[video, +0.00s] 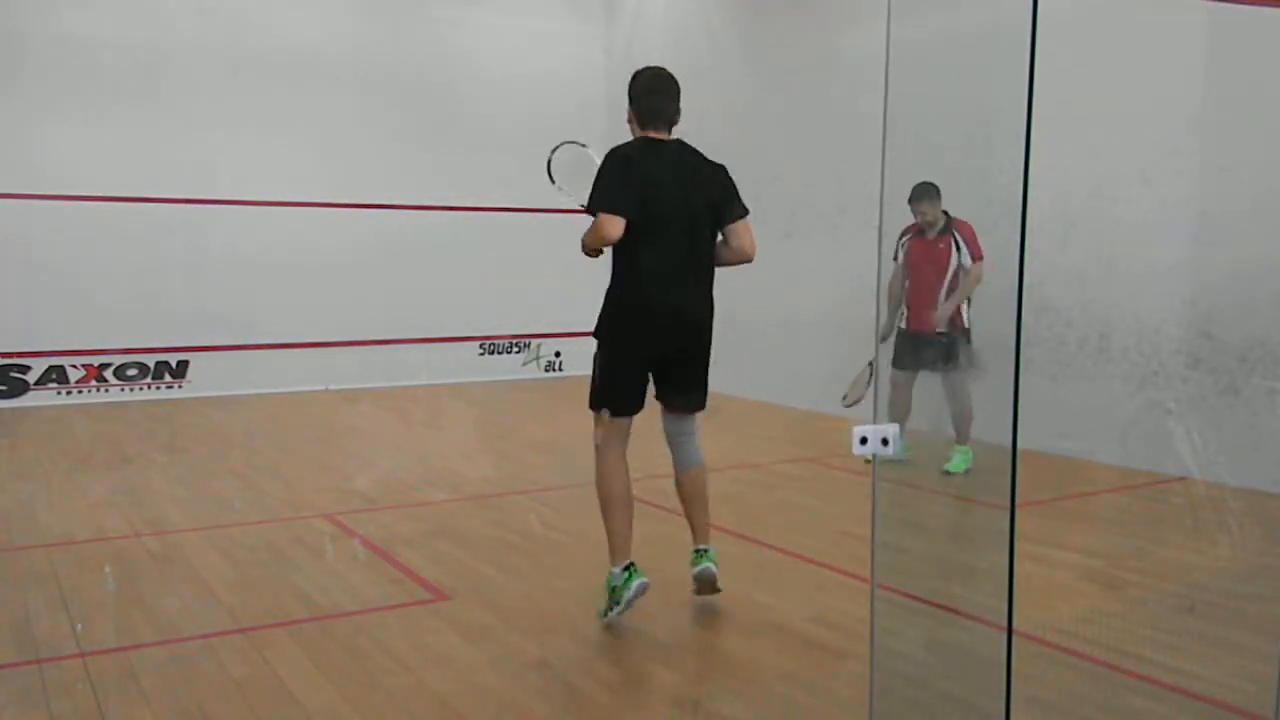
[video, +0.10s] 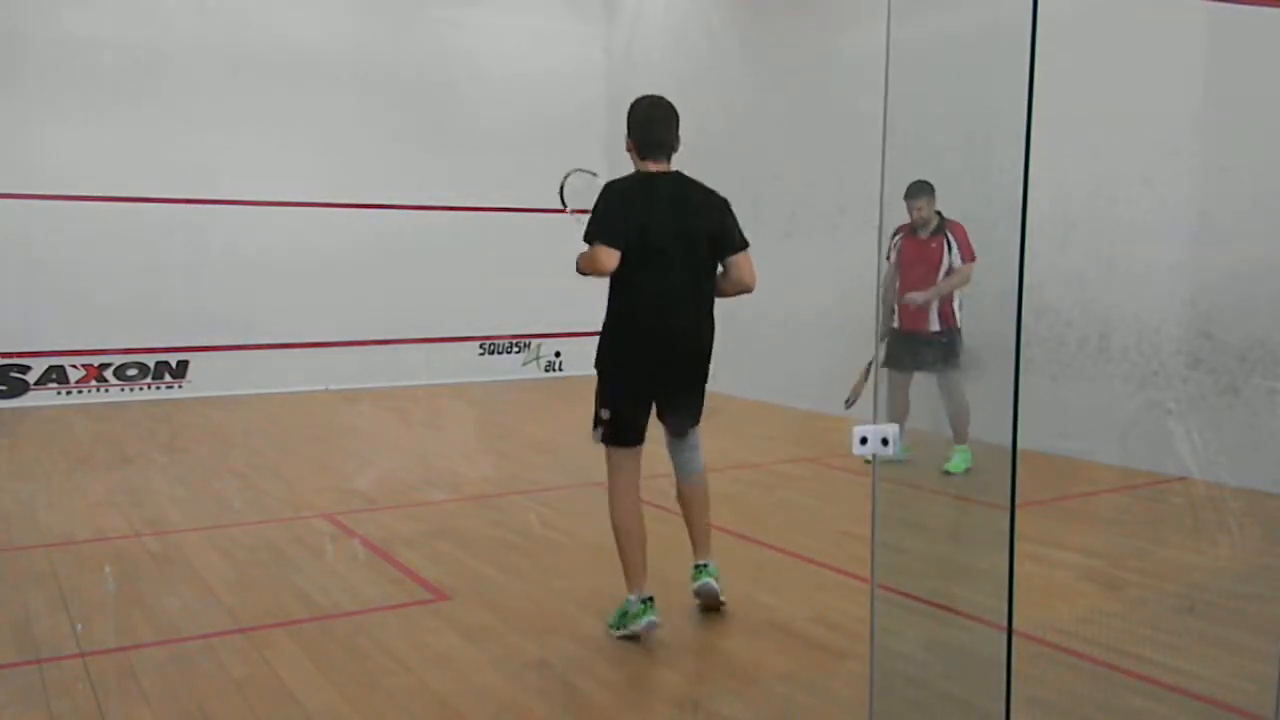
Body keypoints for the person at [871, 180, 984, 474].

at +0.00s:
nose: (922, 220)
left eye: (927, 214)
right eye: (917, 215)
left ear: (940, 207)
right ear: (912, 212)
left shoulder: (960, 232)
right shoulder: (908, 237)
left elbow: (974, 273)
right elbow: (898, 279)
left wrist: (949, 306)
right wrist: (889, 320)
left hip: (948, 330)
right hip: (912, 328)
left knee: (955, 386)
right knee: (899, 382)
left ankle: (962, 448)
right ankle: (895, 442)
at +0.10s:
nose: (916, 215)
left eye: (921, 209)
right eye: (911, 209)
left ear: (934, 205)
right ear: (907, 208)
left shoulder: (952, 232)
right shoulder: (900, 236)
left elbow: (963, 273)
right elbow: (891, 279)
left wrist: (928, 294)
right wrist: (886, 319)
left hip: (941, 330)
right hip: (905, 328)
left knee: (950, 387)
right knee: (897, 384)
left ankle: (961, 448)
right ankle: (895, 443)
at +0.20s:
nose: (914, 207)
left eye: (919, 202)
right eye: (909, 203)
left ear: (929, 202)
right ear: (902, 206)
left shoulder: (943, 231)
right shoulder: (892, 236)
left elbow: (951, 273)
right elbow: (886, 279)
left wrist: (908, 290)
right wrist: (881, 319)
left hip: (933, 328)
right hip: (897, 327)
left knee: (945, 384)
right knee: (892, 382)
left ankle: (960, 447)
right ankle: (894, 443)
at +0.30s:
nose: (910, 203)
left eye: (915, 198)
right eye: (904, 199)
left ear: (923, 201)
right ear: (896, 203)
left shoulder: (935, 231)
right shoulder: (887, 234)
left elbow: (938, 274)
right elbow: (876, 276)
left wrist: (902, 304)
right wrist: (874, 316)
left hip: (924, 326)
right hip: (890, 325)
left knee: (939, 382)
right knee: (889, 382)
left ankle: (958, 446)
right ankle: (893, 444)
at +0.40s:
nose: (905, 203)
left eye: (910, 198)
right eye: (900, 198)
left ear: (917, 201)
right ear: (891, 202)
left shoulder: (928, 232)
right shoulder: (880, 234)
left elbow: (930, 277)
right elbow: (868, 278)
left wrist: (918, 316)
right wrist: (863, 319)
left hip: (915, 325)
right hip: (884, 326)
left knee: (929, 383)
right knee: (888, 384)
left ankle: (955, 442)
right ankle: (893, 444)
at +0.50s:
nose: (900, 203)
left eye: (905, 198)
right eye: (895, 198)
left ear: (913, 200)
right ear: (887, 201)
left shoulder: (924, 233)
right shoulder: (876, 233)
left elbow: (932, 279)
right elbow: (865, 274)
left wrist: (932, 320)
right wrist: (856, 308)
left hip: (909, 324)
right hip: (879, 324)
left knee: (914, 379)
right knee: (886, 382)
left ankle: (945, 440)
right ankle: (890, 443)